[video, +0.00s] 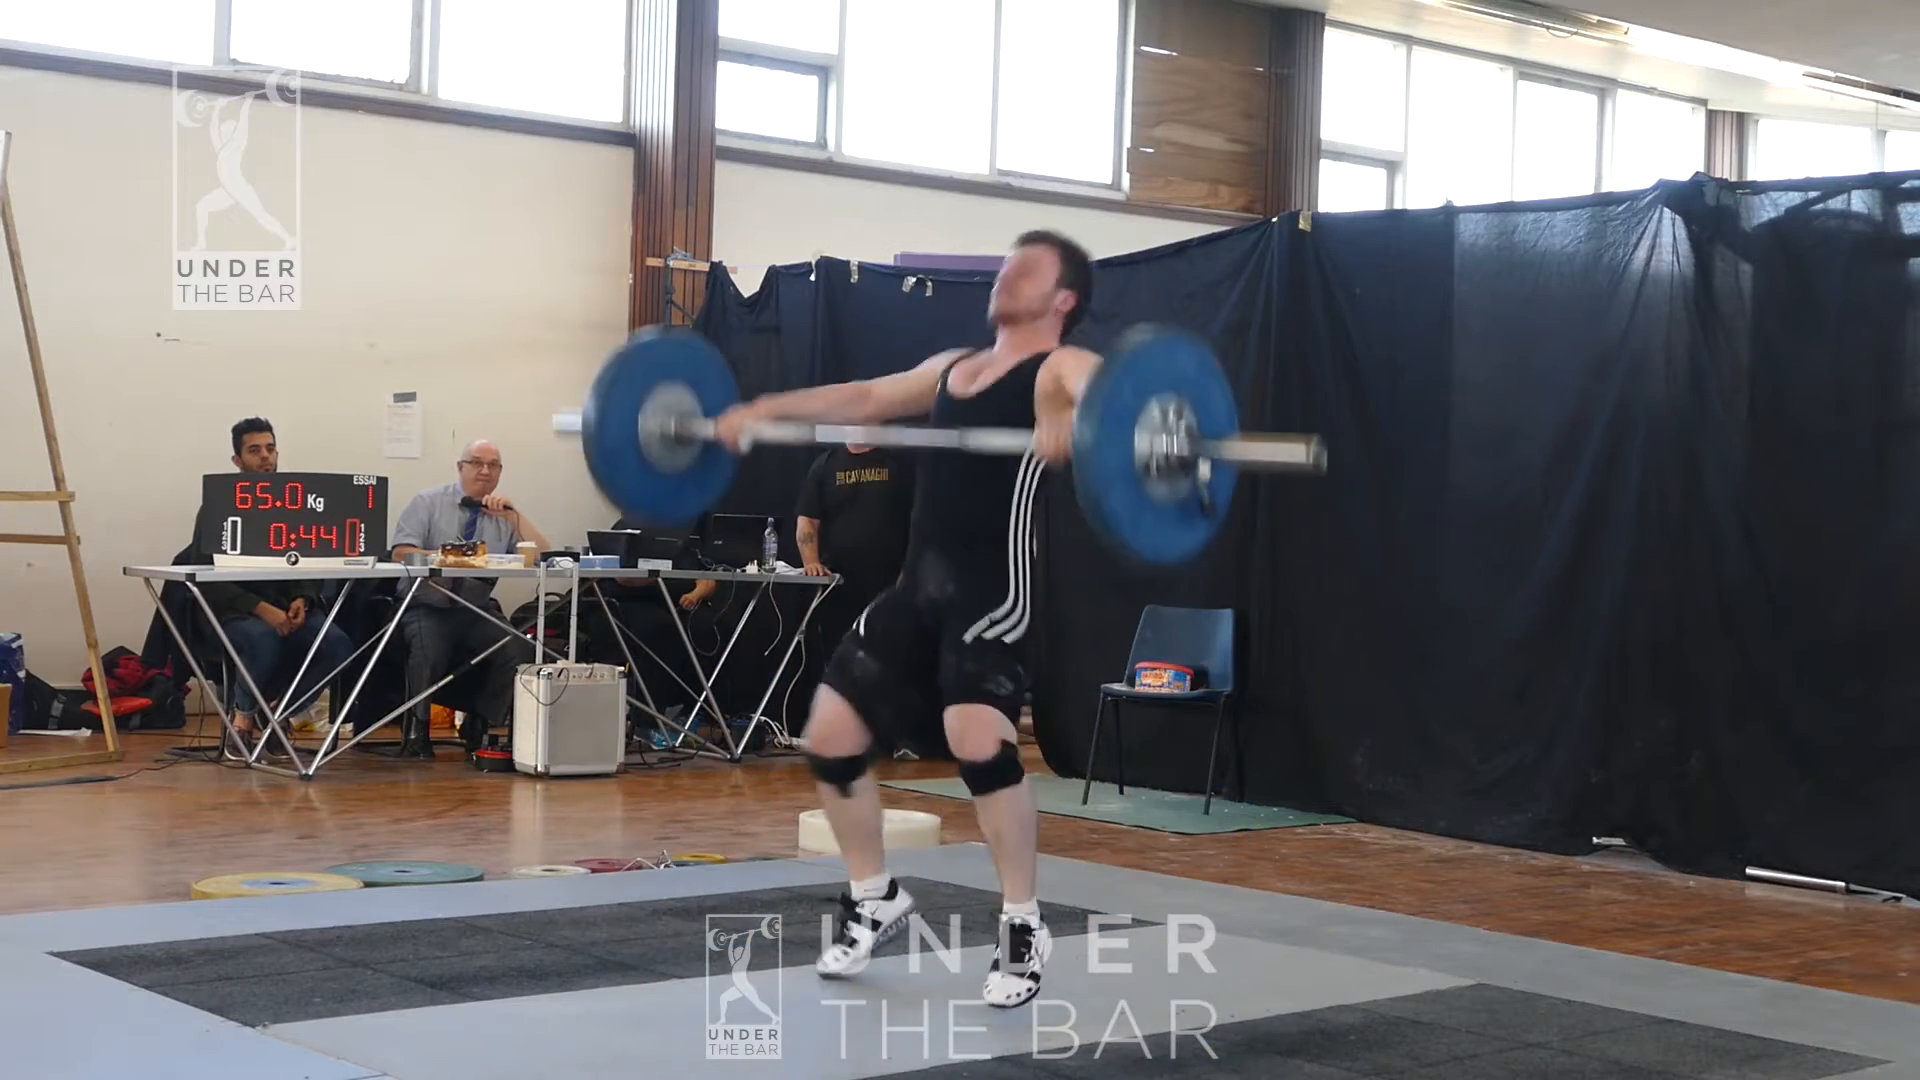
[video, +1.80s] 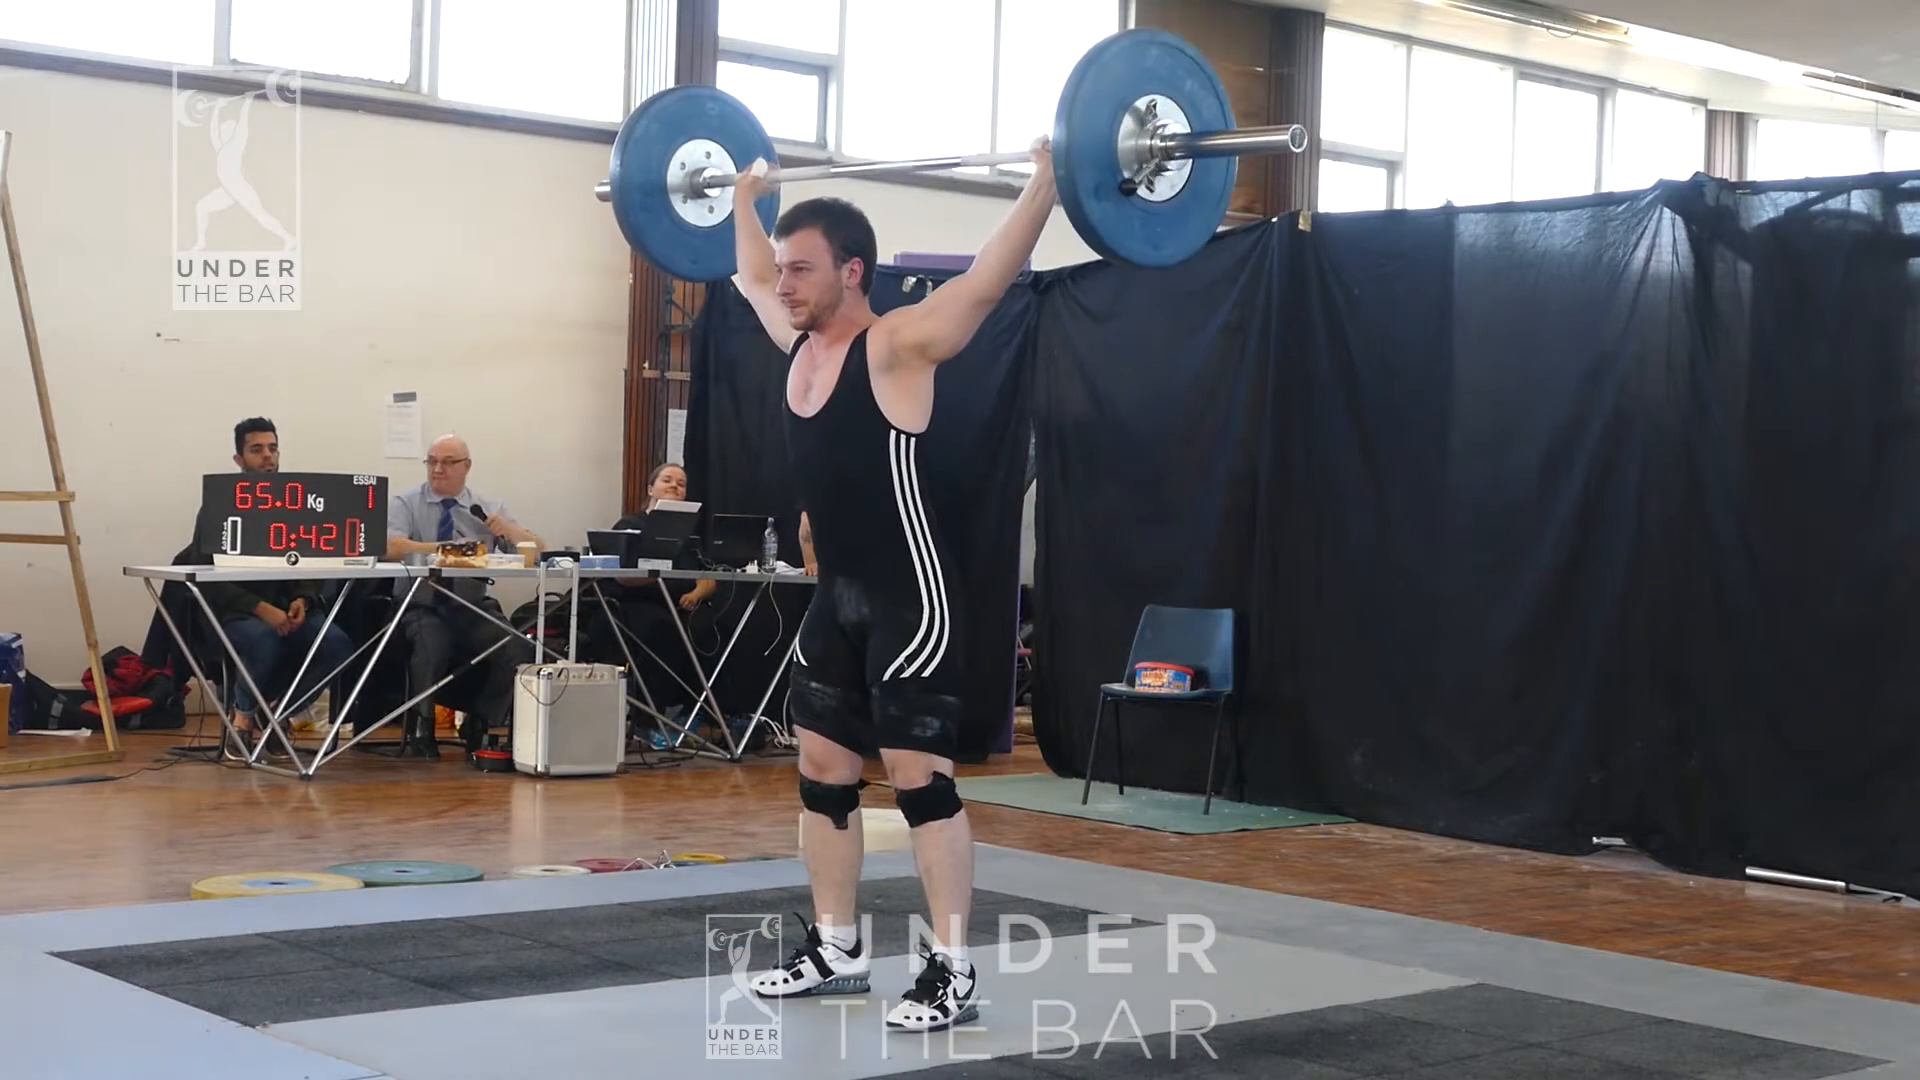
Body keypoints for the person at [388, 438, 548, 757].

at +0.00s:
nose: (484, 471)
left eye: (493, 466)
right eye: (476, 464)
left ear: (500, 473)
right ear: (460, 468)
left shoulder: (503, 516)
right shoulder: (428, 502)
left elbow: (544, 553)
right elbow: (401, 550)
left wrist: (515, 515)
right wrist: (442, 561)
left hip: (478, 609)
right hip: (429, 605)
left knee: (518, 652)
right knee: (429, 651)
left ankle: (477, 726)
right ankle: (417, 730)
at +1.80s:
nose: (438, 469)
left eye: (449, 463)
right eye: (432, 462)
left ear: (467, 468)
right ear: (426, 465)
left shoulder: (486, 507)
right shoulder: (405, 503)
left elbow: (537, 548)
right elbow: (392, 547)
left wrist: (509, 531)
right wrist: (445, 550)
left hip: (473, 605)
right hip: (422, 604)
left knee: (515, 649)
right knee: (431, 641)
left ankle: (478, 726)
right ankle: (422, 729)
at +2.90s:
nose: (402, 468)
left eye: (412, 461)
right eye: (397, 460)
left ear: (433, 464)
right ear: (391, 462)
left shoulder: (461, 499)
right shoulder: (380, 501)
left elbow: (508, 533)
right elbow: (367, 554)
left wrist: (504, 547)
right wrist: (404, 535)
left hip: (461, 599)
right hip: (409, 604)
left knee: (503, 657)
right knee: (445, 659)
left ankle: (479, 727)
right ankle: (444, 721)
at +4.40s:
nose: (379, 471)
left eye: (388, 463)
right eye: (374, 463)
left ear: (411, 465)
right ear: (370, 465)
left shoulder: (442, 498)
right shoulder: (367, 506)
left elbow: (490, 525)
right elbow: (354, 551)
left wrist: (504, 542)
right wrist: (406, 552)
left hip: (456, 597)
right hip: (406, 605)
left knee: (503, 653)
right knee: (444, 660)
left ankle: (480, 727)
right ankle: (446, 723)